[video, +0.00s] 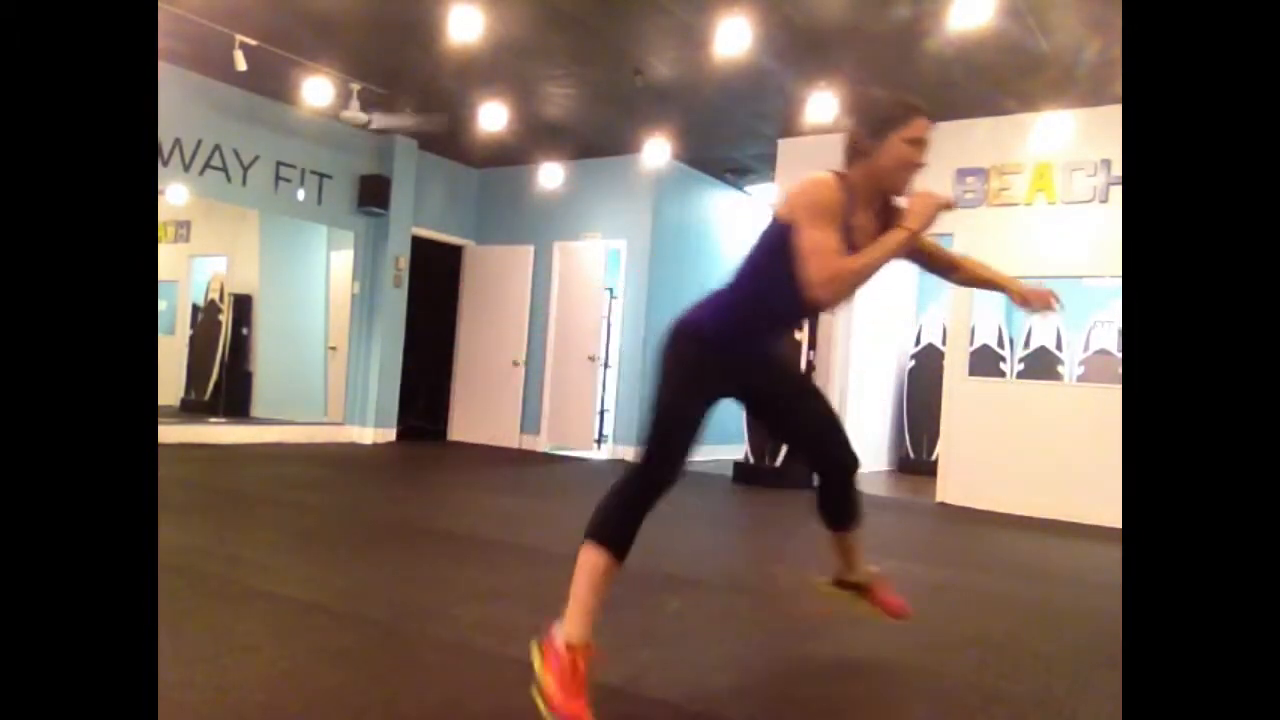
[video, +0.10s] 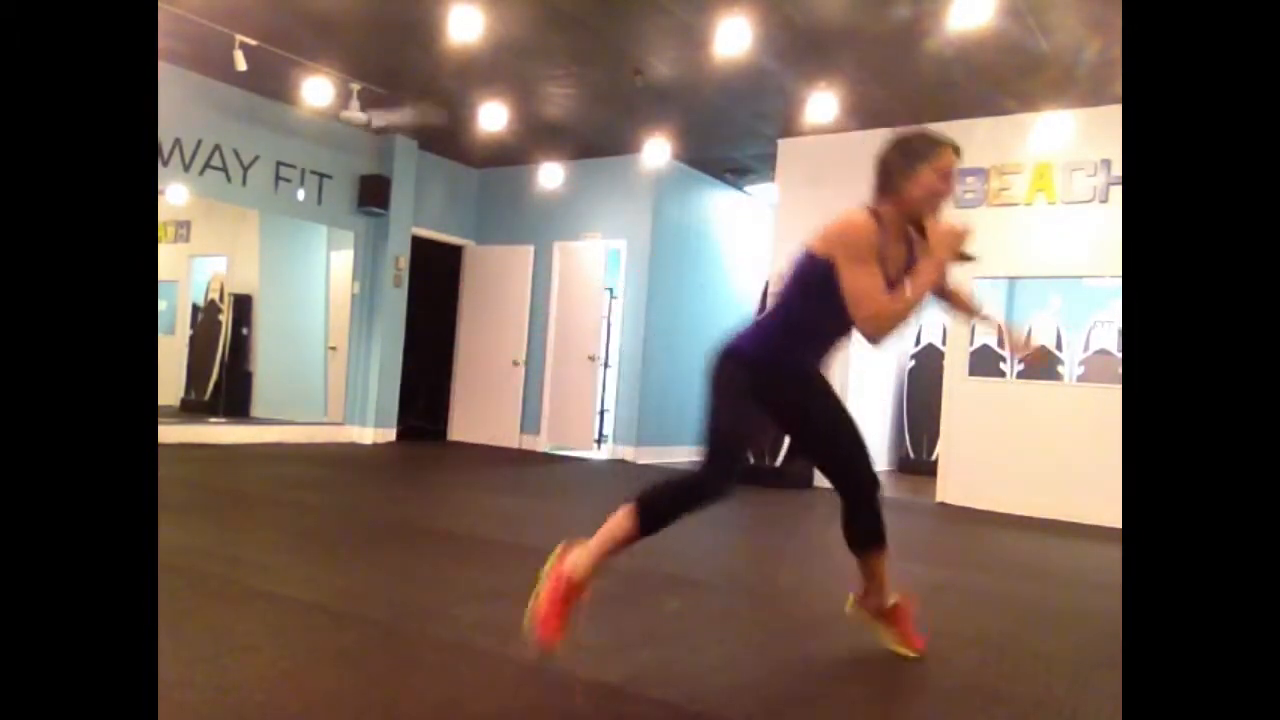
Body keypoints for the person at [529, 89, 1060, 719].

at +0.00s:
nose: (921, 157)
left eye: (924, 147)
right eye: (912, 144)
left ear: (901, 153)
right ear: (869, 142)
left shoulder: (887, 217)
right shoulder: (815, 194)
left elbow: (942, 264)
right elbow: (821, 285)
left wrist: (1012, 287)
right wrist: (907, 232)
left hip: (766, 353)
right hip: (705, 343)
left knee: (835, 458)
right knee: (655, 470)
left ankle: (851, 573)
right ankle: (567, 640)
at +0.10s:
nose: (946, 191)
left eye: (950, 181)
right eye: (938, 179)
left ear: (934, 186)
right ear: (900, 178)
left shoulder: (914, 238)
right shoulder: (853, 231)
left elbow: (942, 291)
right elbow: (874, 321)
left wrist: (997, 327)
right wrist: (935, 266)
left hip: (799, 377)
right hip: (747, 368)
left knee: (857, 477)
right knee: (716, 478)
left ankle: (876, 598)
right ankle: (579, 563)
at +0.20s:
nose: (970, 237)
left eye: (972, 227)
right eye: (963, 225)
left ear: (941, 232)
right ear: (928, 225)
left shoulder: (919, 288)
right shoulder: (888, 287)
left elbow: (905, 370)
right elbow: (917, 379)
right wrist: (963, 319)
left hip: (825, 405)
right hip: (781, 401)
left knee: (896, 510)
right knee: (758, 523)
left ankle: (864, 615)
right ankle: (646, 511)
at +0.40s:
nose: (1006, 300)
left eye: (1006, 289)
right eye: (998, 288)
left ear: (964, 293)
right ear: (965, 291)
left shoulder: (926, 331)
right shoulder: (930, 348)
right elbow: (963, 449)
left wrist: (802, 376)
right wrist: (1005, 382)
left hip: (846, 434)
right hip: (799, 437)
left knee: (919, 515)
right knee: (812, 562)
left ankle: (863, 617)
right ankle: (730, 501)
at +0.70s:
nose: (1005, 305)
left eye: (1005, 294)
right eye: (996, 293)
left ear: (972, 300)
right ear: (961, 296)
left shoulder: (945, 344)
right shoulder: (928, 347)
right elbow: (943, 451)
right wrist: (996, 394)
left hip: (851, 432)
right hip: (798, 437)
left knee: (920, 513)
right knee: (830, 557)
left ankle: (864, 615)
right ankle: (772, 515)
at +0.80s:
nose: (995, 278)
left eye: (995, 268)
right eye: (986, 267)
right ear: (953, 269)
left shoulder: (935, 324)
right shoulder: (915, 323)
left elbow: (883, 403)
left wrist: (903, 457)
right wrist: (952, 422)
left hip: (846, 427)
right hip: (797, 430)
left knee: (913, 510)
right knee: (844, 548)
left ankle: (864, 614)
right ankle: (780, 530)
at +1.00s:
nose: (957, 215)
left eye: (959, 204)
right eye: (948, 202)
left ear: (931, 210)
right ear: (914, 204)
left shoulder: (935, 272)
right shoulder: (864, 261)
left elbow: (1001, 328)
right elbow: (767, 295)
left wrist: (998, 302)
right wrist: (697, 353)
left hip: (836, 398)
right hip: (785, 395)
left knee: (896, 506)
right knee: (840, 494)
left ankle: (864, 616)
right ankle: (739, 583)